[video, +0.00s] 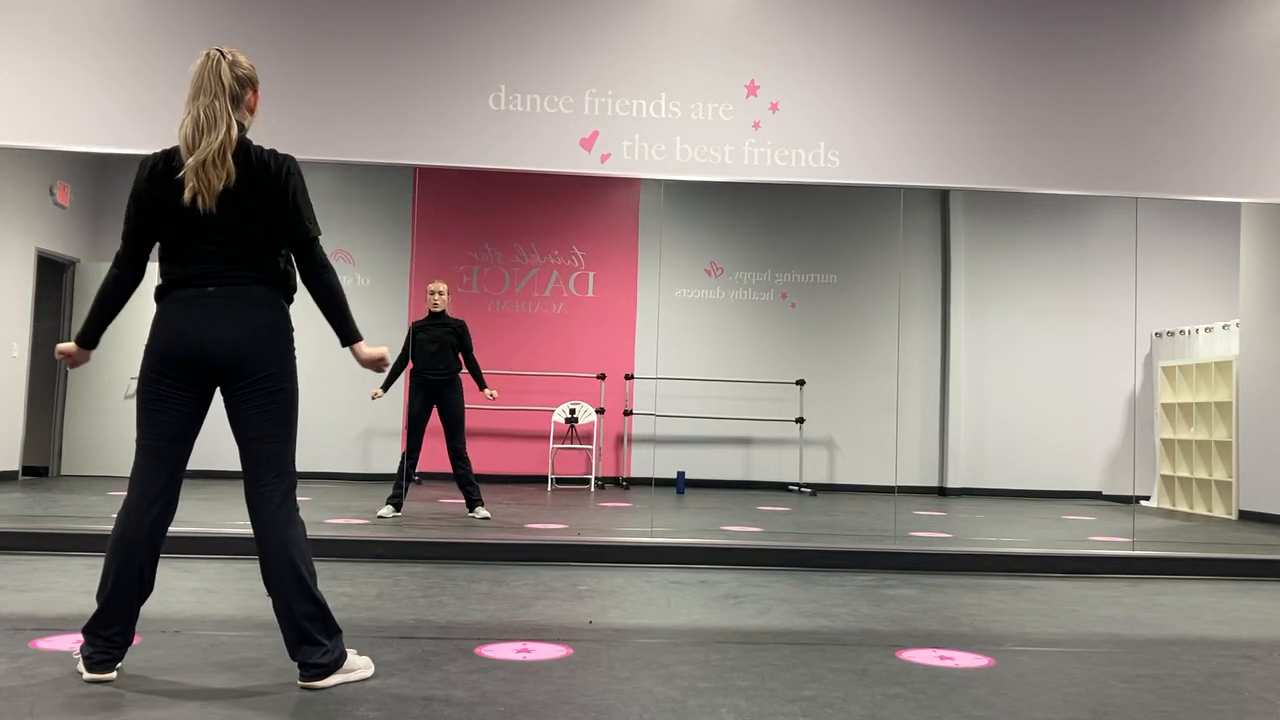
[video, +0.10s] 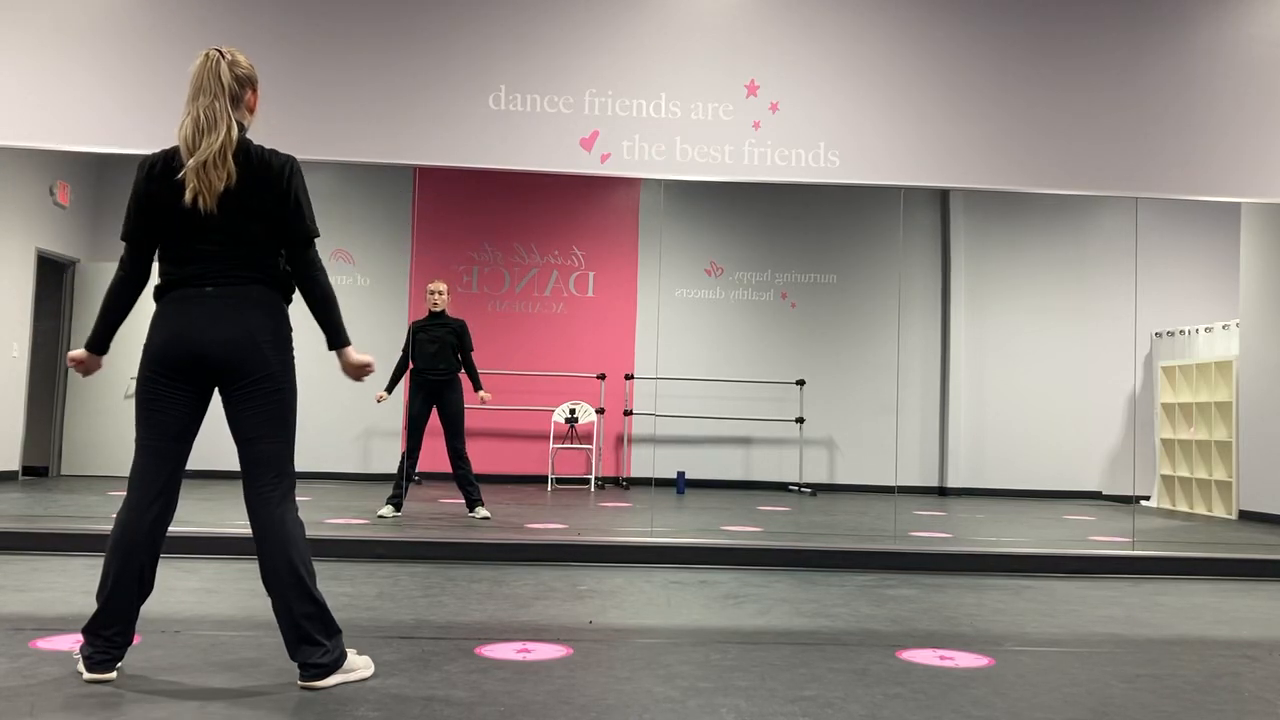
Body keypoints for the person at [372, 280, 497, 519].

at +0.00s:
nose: (436, 297)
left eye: (440, 293)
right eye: (432, 293)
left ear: (448, 298)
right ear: (426, 297)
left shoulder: (458, 326)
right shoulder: (417, 327)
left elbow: (469, 358)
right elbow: (402, 360)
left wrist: (484, 387)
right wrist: (383, 388)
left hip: (450, 390)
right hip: (420, 391)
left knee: (458, 448)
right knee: (411, 448)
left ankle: (475, 505)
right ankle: (394, 504)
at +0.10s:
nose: (435, 297)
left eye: (440, 293)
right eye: (432, 293)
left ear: (448, 298)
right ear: (426, 297)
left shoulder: (458, 326)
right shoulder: (416, 327)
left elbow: (467, 360)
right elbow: (404, 360)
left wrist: (479, 388)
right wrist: (387, 390)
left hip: (450, 390)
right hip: (420, 391)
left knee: (457, 448)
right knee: (411, 448)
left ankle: (475, 504)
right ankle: (394, 503)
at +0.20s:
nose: (435, 297)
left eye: (440, 293)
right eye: (431, 292)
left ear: (447, 297)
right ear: (426, 297)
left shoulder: (457, 325)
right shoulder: (416, 326)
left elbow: (464, 359)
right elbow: (405, 361)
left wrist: (470, 388)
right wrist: (391, 391)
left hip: (449, 391)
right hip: (419, 391)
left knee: (456, 449)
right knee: (411, 449)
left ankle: (475, 505)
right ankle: (394, 503)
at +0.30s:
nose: (435, 296)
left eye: (439, 293)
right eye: (431, 292)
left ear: (447, 297)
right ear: (425, 297)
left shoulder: (457, 323)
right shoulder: (415, 325)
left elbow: (463, 359)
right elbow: (406, 360)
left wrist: (461, 388)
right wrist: (396, 390)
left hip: (447, 391)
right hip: (418, 391)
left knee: (456, 449)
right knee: (411, 448)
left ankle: (474, 505)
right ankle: (394, 503)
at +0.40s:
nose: (435, 296)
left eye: (439, 293)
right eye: (431, 292)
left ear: (447, 297)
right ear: (425, 296)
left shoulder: (457, 323)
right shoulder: (414, 324)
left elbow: (461, 357)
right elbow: (406, 360)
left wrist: (453, 385)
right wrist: (405, 390)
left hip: (445, 391)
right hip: (417, 392)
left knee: (456, 449)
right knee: (410, 448)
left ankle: (474, 505)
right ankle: (394, 503)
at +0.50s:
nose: (435, 295)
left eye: (440, 292)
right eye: (431, 291)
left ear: (447, 297)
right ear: (425, 296)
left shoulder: (456, 322)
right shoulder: (414, 324)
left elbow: (460, 354)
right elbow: (405, 355)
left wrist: (441, 368)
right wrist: (417, 379)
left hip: (446, 388)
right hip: (418, 388)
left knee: (457, 446)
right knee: (408, 446)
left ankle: (475, 504)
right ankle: (393, 503)